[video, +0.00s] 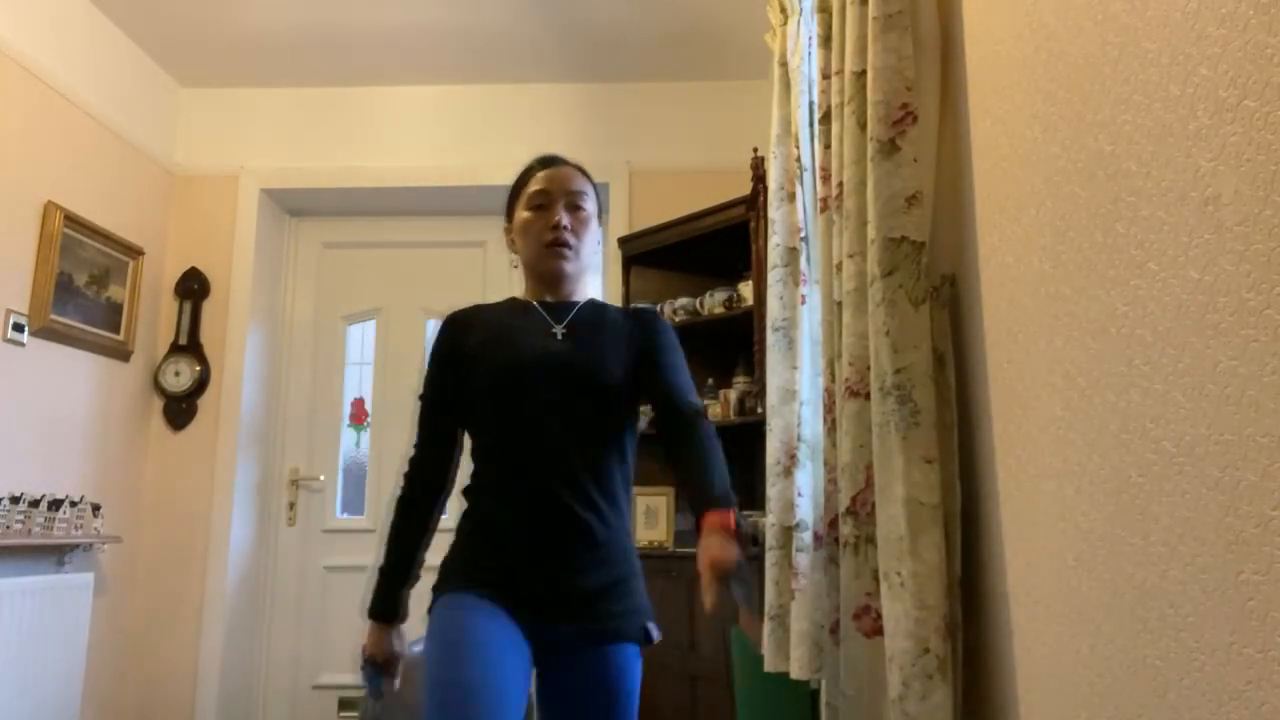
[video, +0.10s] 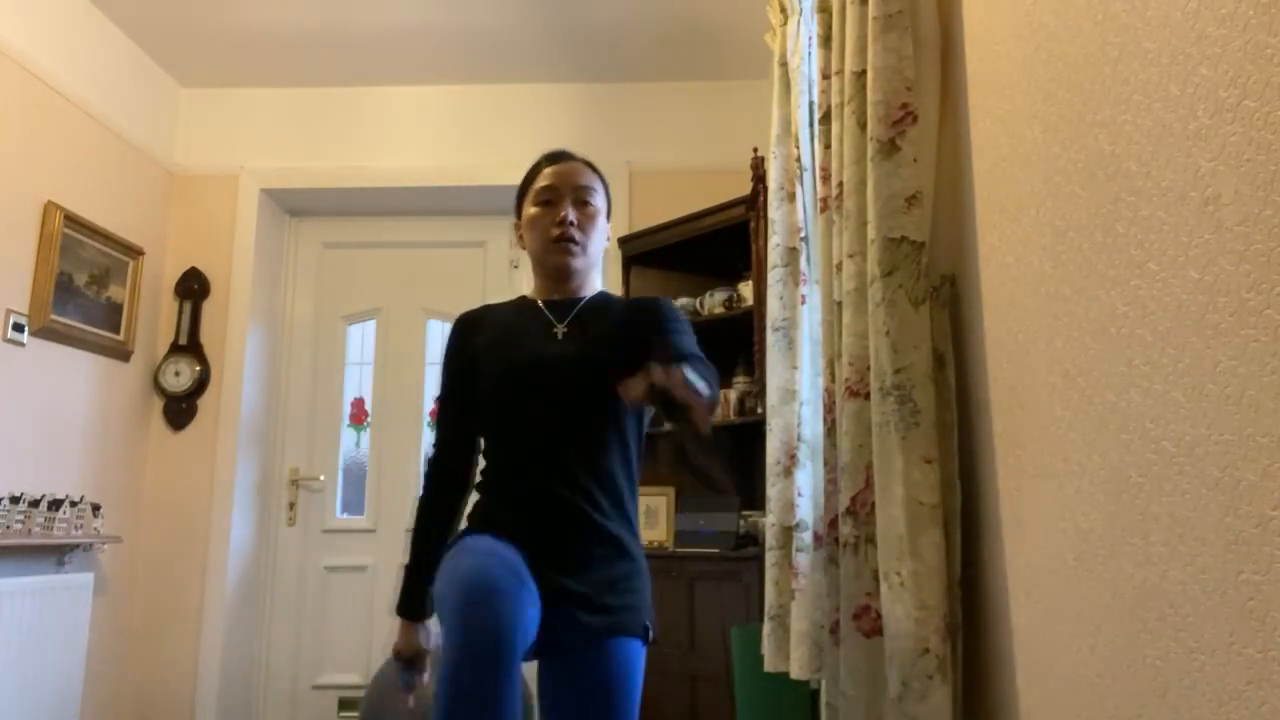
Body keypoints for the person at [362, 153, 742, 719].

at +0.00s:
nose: (559, 217)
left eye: (577, 205)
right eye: (539, 204)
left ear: (599, 234)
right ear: (512, 235)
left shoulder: (641, 331)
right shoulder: (468, 332)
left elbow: (687, 423)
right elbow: (429, 477)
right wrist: (385, 612)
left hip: (600, 591)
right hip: (485, 588)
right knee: (468, 707)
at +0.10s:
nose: (565, 213)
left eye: (584, 202)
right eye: (546, 200)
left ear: (608, 232)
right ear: (520, 232)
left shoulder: (645, 319)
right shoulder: (479, 330)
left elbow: (702, 386)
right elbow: (450, 471)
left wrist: (676, 382)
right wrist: (413, 610)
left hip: (603, 565)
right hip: (500, 548)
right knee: (484, 600)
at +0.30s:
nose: (573, 249)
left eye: (593, 231)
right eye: (561, 232)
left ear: (621, 244)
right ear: (527, 240)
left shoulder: (642, 335)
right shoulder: (481, 343)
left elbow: (651, 316)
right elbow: (458, 477)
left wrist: (605, 235)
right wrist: (436, 622)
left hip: (607, 598)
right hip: (498, 596)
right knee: (516, 472)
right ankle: (534, 334)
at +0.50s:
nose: (568, 218)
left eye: (587, 206)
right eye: (549, 204)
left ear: (609, 236)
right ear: (521, 231)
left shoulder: (630, 326)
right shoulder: (478, 333)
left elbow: (674, 349)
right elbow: (453, 471)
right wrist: (425, 605)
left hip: (604, 582)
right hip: (497, 573)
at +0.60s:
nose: (565, 213)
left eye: (582, 202)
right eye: (546, 198)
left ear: (604, 230)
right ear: (516, 224)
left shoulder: (639, 319)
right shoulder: (471, 327)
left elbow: (678, 360)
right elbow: (442, 467)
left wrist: (686, 395)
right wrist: (404, 605)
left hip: (602, 568)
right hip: (492, 555)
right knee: (491, 703)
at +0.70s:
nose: (556, 219)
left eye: (574, 208)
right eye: (537, 204)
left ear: (594, 234)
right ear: (506, 229)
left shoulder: (631, 333)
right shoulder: (458, 328)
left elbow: (682, 433)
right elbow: (422, 467)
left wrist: (702, 532)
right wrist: (377, 605)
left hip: (592, 602)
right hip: (476, 599)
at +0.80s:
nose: (545, 225)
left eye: (563, 214)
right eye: (527, 208)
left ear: (579, 240)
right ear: (493, 231)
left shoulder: (611, 350)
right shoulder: (438, 331)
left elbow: (650, 478)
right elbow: (394, 469)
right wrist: (340, 608)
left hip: (571, 627)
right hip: (450, 621)